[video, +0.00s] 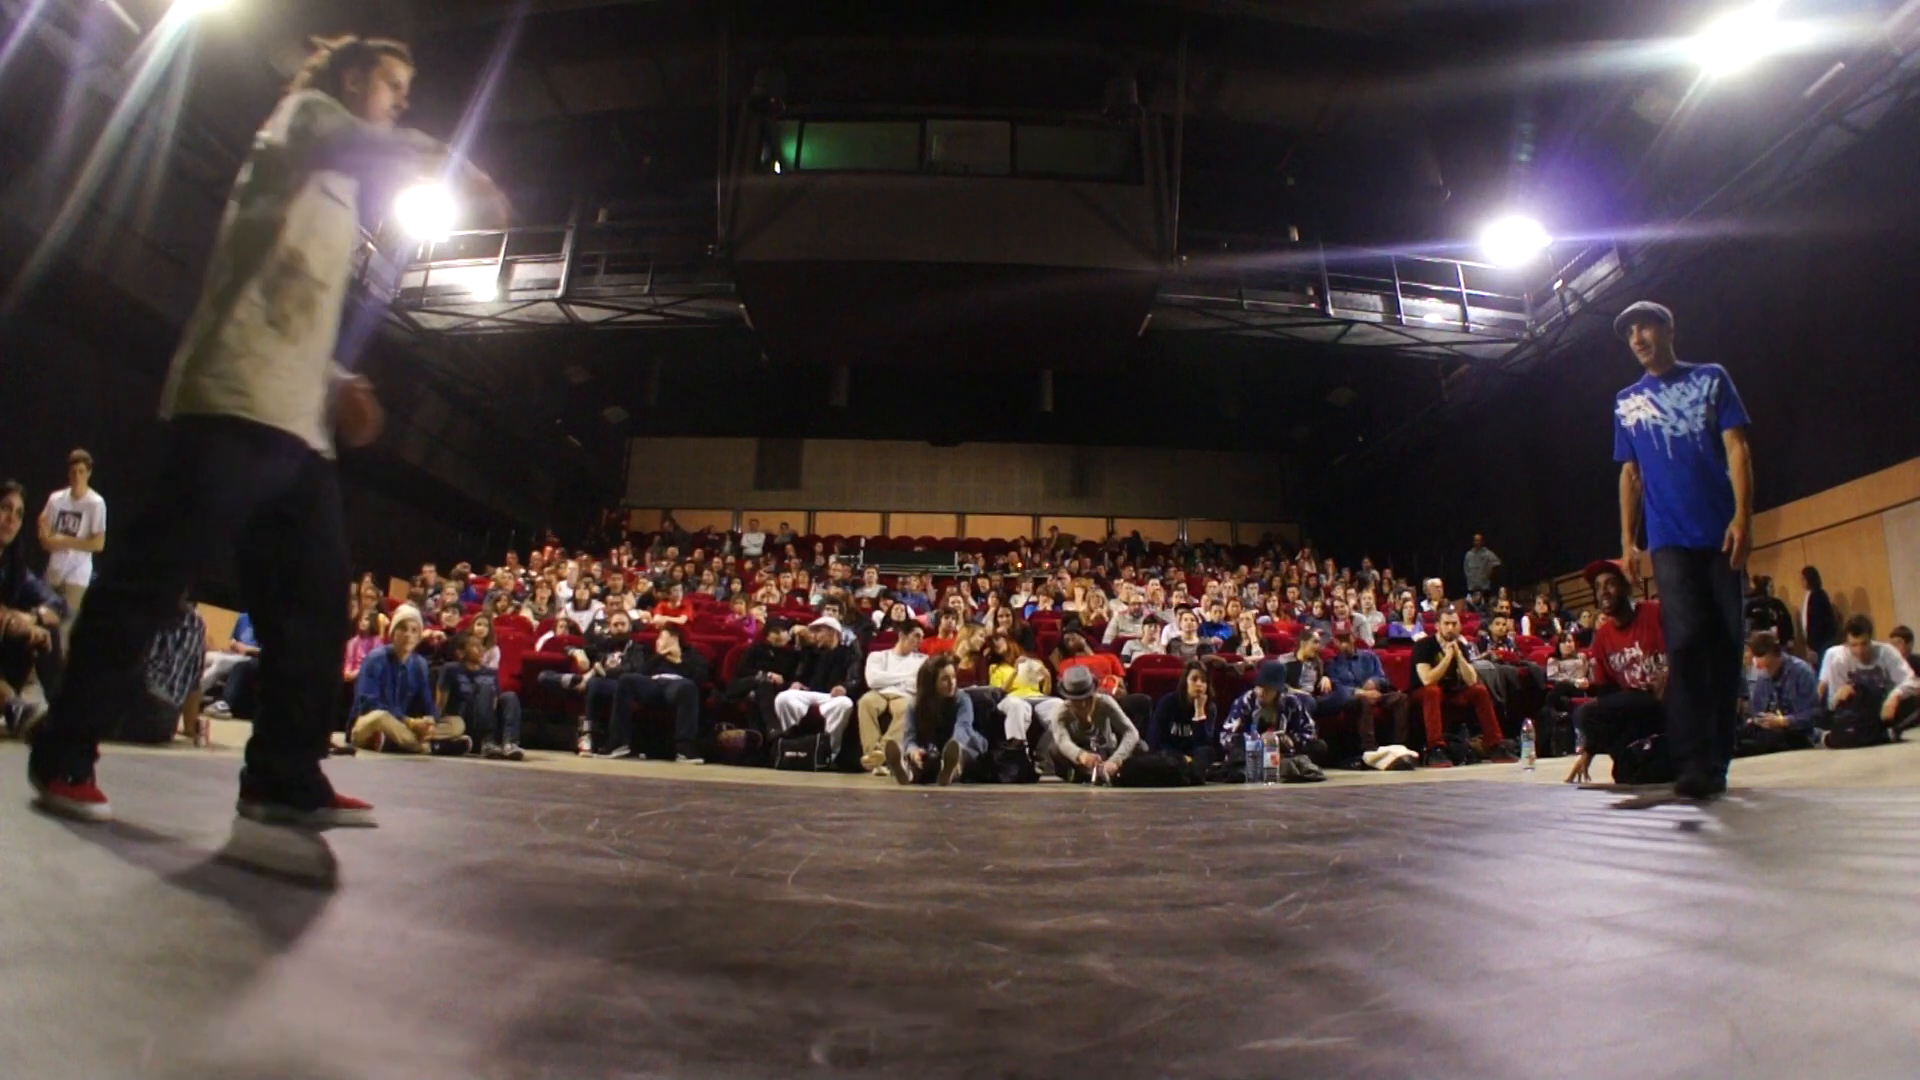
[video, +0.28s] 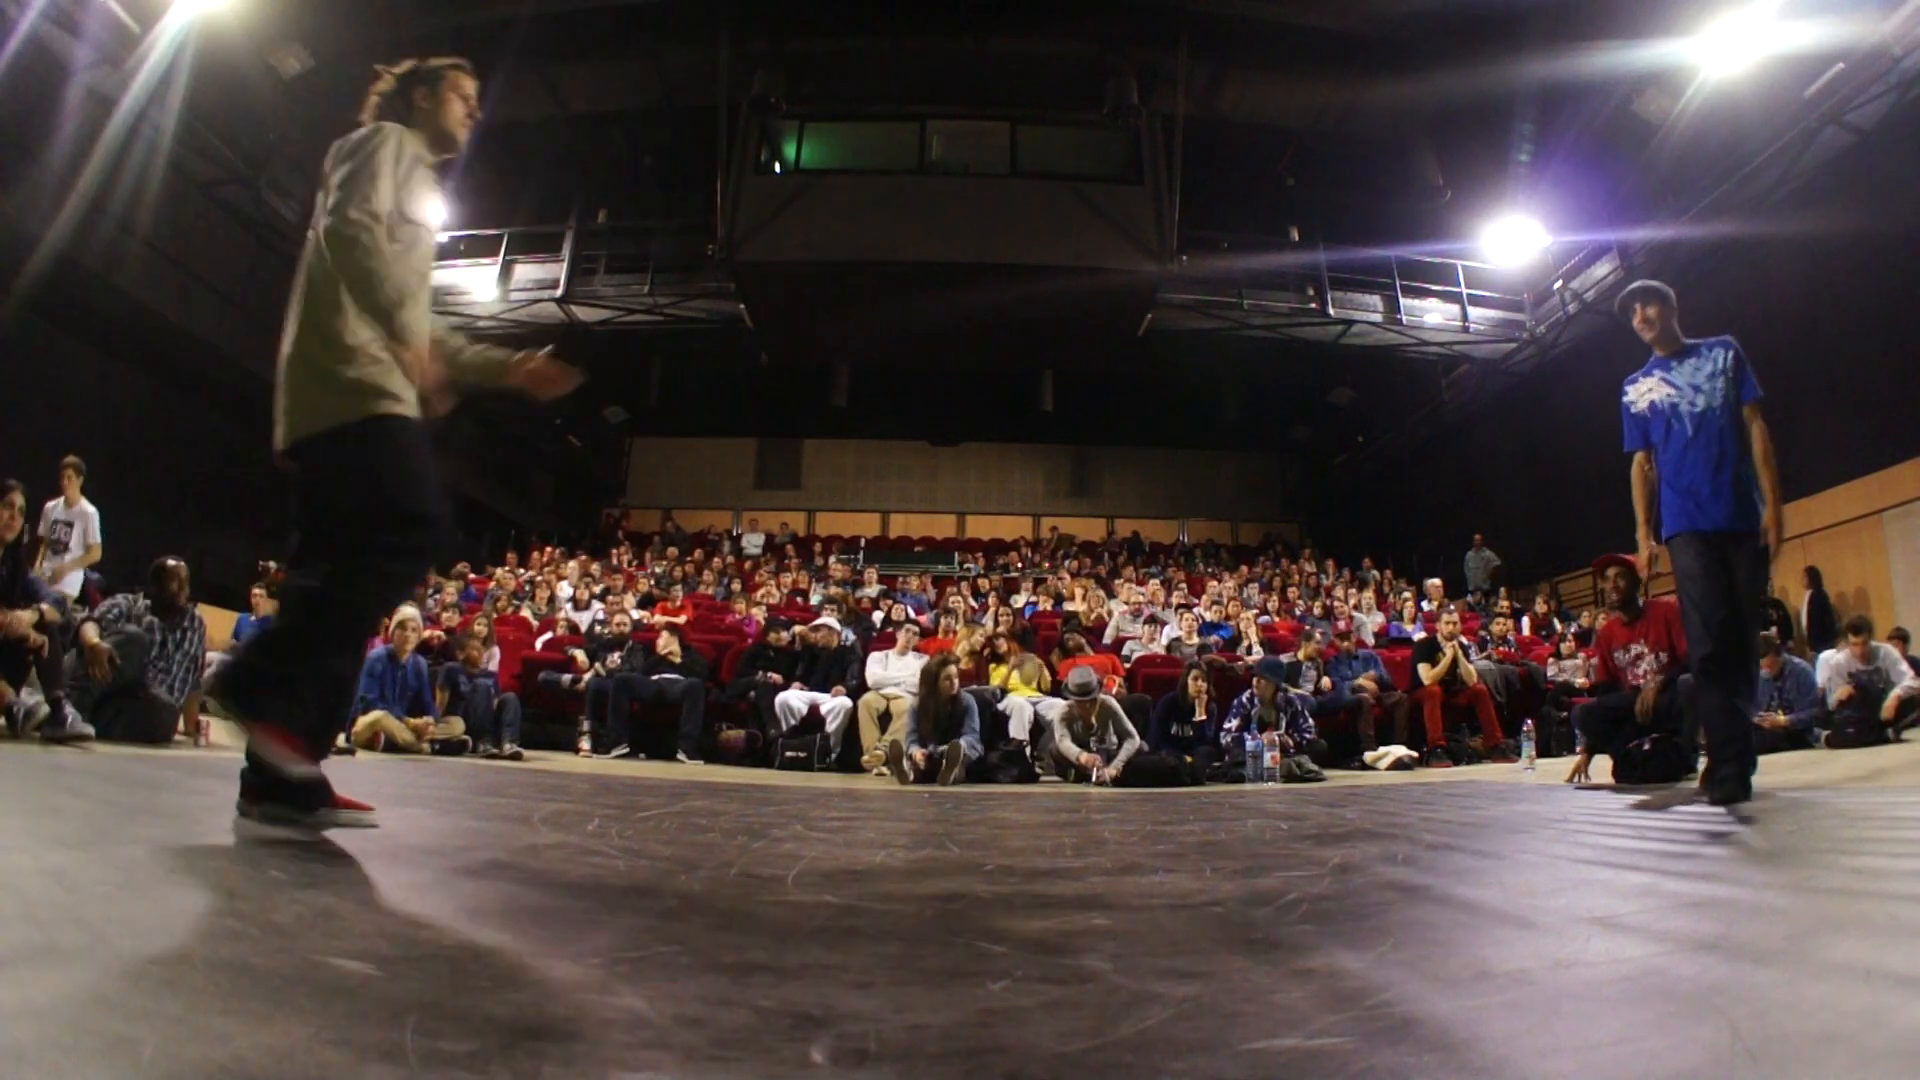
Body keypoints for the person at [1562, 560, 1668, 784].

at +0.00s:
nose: (1603, 592)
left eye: (1610, 584)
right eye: (1598, 587)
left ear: (1626, 588)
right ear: (1595, 595)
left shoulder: (1655, 613)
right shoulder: (1602, 636)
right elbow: (1604, 692)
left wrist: (1669, 676)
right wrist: (1586, 752)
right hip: (1633, 703)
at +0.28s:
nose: (1612, 585)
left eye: (1620, 577)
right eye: (1606, 579)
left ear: (1636, 582)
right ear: (1602, 587)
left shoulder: (1667, 610)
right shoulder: (1605, 634)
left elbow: (1688, 661)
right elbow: (1604, 692)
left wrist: (1658, 683)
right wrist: (1586, 753)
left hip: (1668, 696)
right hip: (1630, 700)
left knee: (1688, 684)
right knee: (1584, 713)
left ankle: (1685, 761)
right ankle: (1634, 761)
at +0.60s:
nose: (1630, 576)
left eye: (1638, 568)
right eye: (1625, 570)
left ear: (1654, 573)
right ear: (1621, 578)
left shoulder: (1680, 603)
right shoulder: (1620, 622)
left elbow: (1692, 658)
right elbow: (1607, 675)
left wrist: (1644, 683)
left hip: (1669, 693)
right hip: (1633, 695)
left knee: (1677, 690)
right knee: (1583, 711)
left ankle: (1685, 759)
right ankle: (1629, 761)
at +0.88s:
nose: (1632, 576)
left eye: (1639, 568)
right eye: (1627, 570)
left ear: (1657, 572)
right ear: (1624, 576)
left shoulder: (1679, 604)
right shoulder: (1624, 616)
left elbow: (1688, 664)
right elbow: (1617, 666)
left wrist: (1636, 685)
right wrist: (1597, 686)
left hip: (1673, 691)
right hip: (1638, 693)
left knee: (1675, 690)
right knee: (1583, 711)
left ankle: (1689, 759)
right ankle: (1632, 761)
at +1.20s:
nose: (1626, 581)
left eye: (1634, 572)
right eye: (1622, 574)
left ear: (1652, 577)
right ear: (1619, 581)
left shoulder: (1679, 606)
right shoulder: (1621, 622)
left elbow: (1692, 660)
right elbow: (1616, 670)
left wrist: (1644, 692)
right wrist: (1609, 694)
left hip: (1673, 691)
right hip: (1638, 695)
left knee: (1686, 688)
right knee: (1583, 711)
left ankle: (1690, 759)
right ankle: (1636, 760)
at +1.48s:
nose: (1629, 580)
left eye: (1636, 572)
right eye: (1624, 574)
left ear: (1652, 578)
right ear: (1619, 583)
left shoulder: (1677, 608)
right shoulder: (1619, 624)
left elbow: (1691, 662)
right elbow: (1614, 671)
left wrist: (1643, 691)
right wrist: (1612, 698)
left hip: (1672, 693)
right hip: (1637, 698)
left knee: (1684, 689)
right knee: (1583, 712)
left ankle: (1689, 760)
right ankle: (1634, 761)